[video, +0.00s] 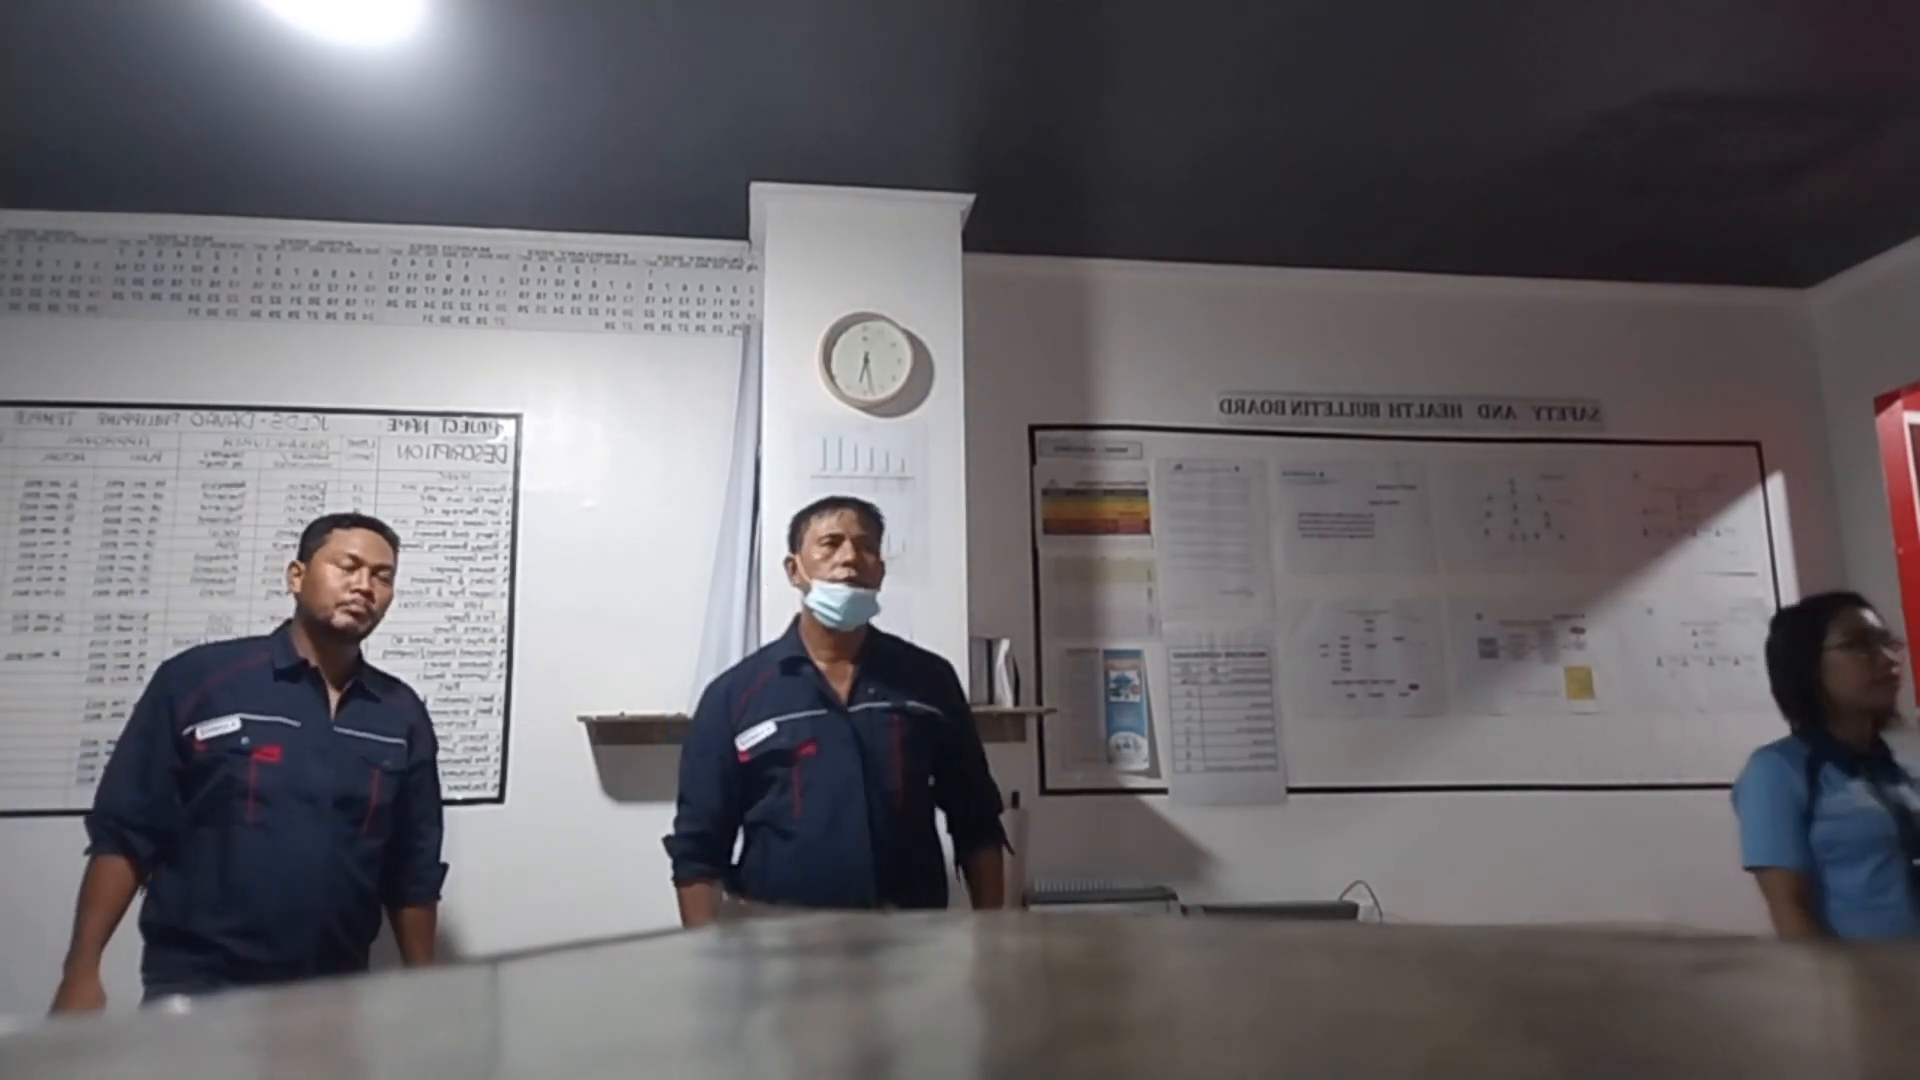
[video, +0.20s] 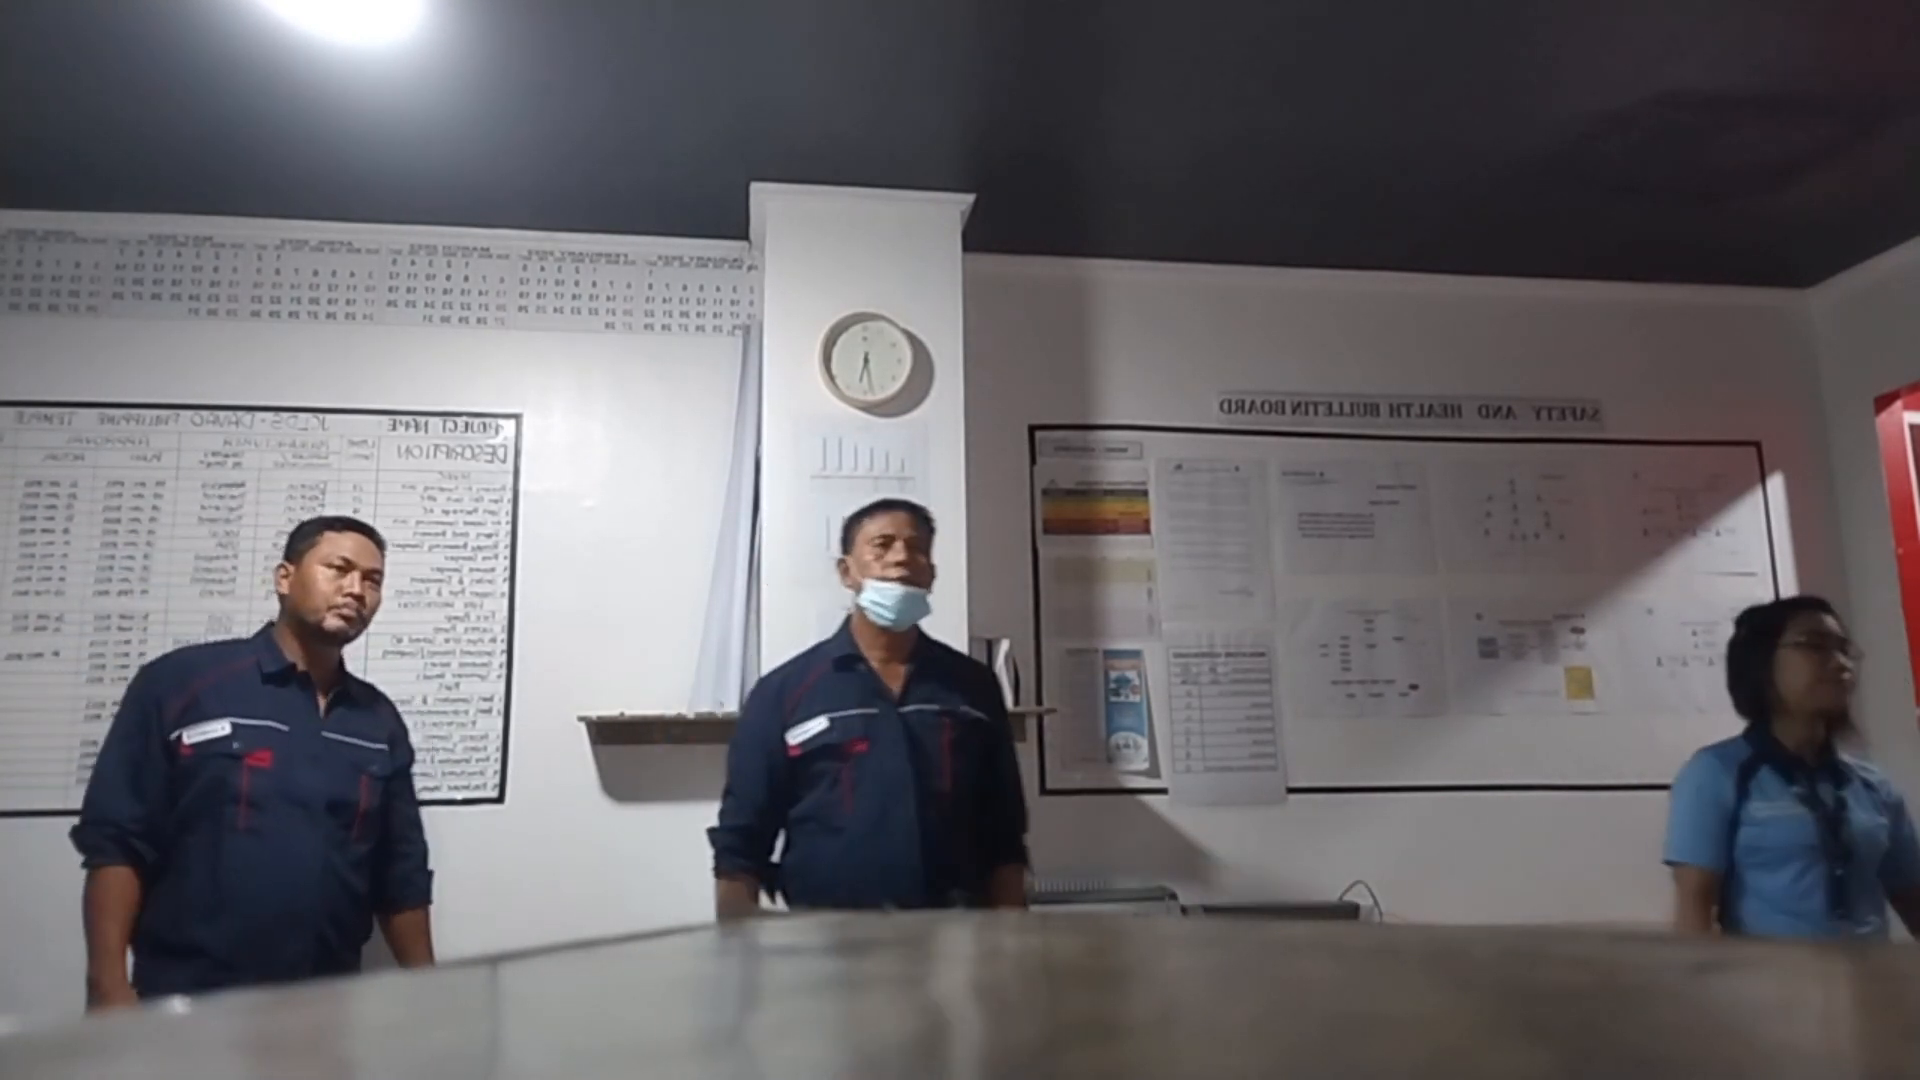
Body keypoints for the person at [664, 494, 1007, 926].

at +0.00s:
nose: (850, 556)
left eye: (865, 546)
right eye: (829, 543)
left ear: (881, 570)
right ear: (795, 570)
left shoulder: (929, 681)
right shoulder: (732, 698)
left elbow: (976, 822)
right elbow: (695, 853)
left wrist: (991, 943)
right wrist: (712, 973)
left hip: (913, 942)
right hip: (782, 945)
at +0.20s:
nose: (902, 558)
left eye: (916, 547)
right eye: (882, 546)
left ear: (932, 572)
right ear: (847, 571)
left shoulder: (976, 687)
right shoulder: (781, 696)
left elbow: (1005, 848)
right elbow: (738, 855)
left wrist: (1010, 961)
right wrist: (742, 973)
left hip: (955, 945)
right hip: (826, 950)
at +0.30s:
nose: (933, 560)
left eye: (947, 550)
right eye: (914, 546)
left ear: (960, 575)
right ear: (877, 570)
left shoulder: (998, 691)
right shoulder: (807, 694)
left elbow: (1035, 844)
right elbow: (762, 847)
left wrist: (1047, 957)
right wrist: (767, 965)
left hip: (980, 948)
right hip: (850, 950)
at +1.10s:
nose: (983, 571)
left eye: (1000, 563)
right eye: (967, 555)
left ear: (1016, 588)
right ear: (933, 575)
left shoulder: (1047, 703)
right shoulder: (856, 689)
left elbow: (1070, 859)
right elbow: (808, 828)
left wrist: (1065, 963)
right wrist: (805, 953)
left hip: (1013, 954)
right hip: (887, 952)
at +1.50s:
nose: (919, 567)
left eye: (936, 558)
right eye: (902, 553)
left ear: (949, 584)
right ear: (868, 574)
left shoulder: (992, 693)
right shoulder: (800, 691)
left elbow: (1025, 837)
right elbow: (755, 831)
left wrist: (1033, 948)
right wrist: (757, 950)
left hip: (965, 947)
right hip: (837, 948)